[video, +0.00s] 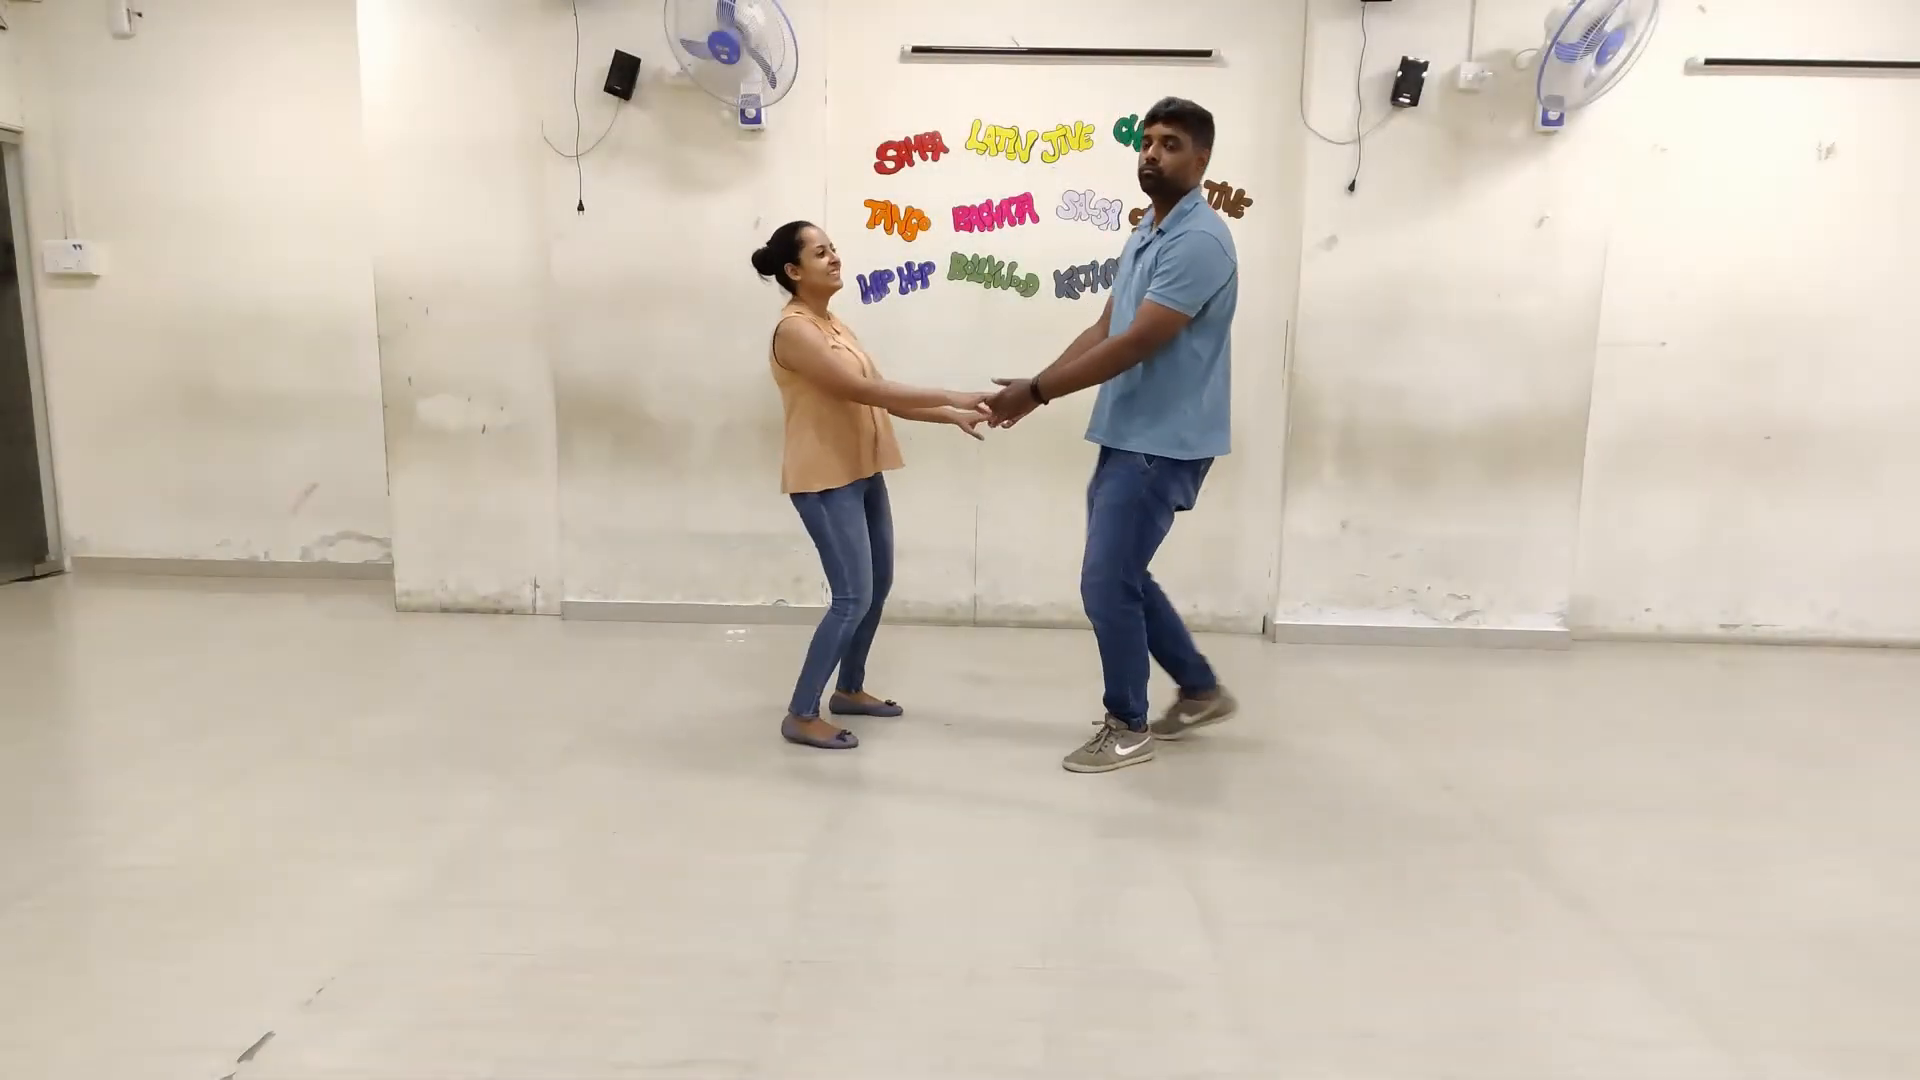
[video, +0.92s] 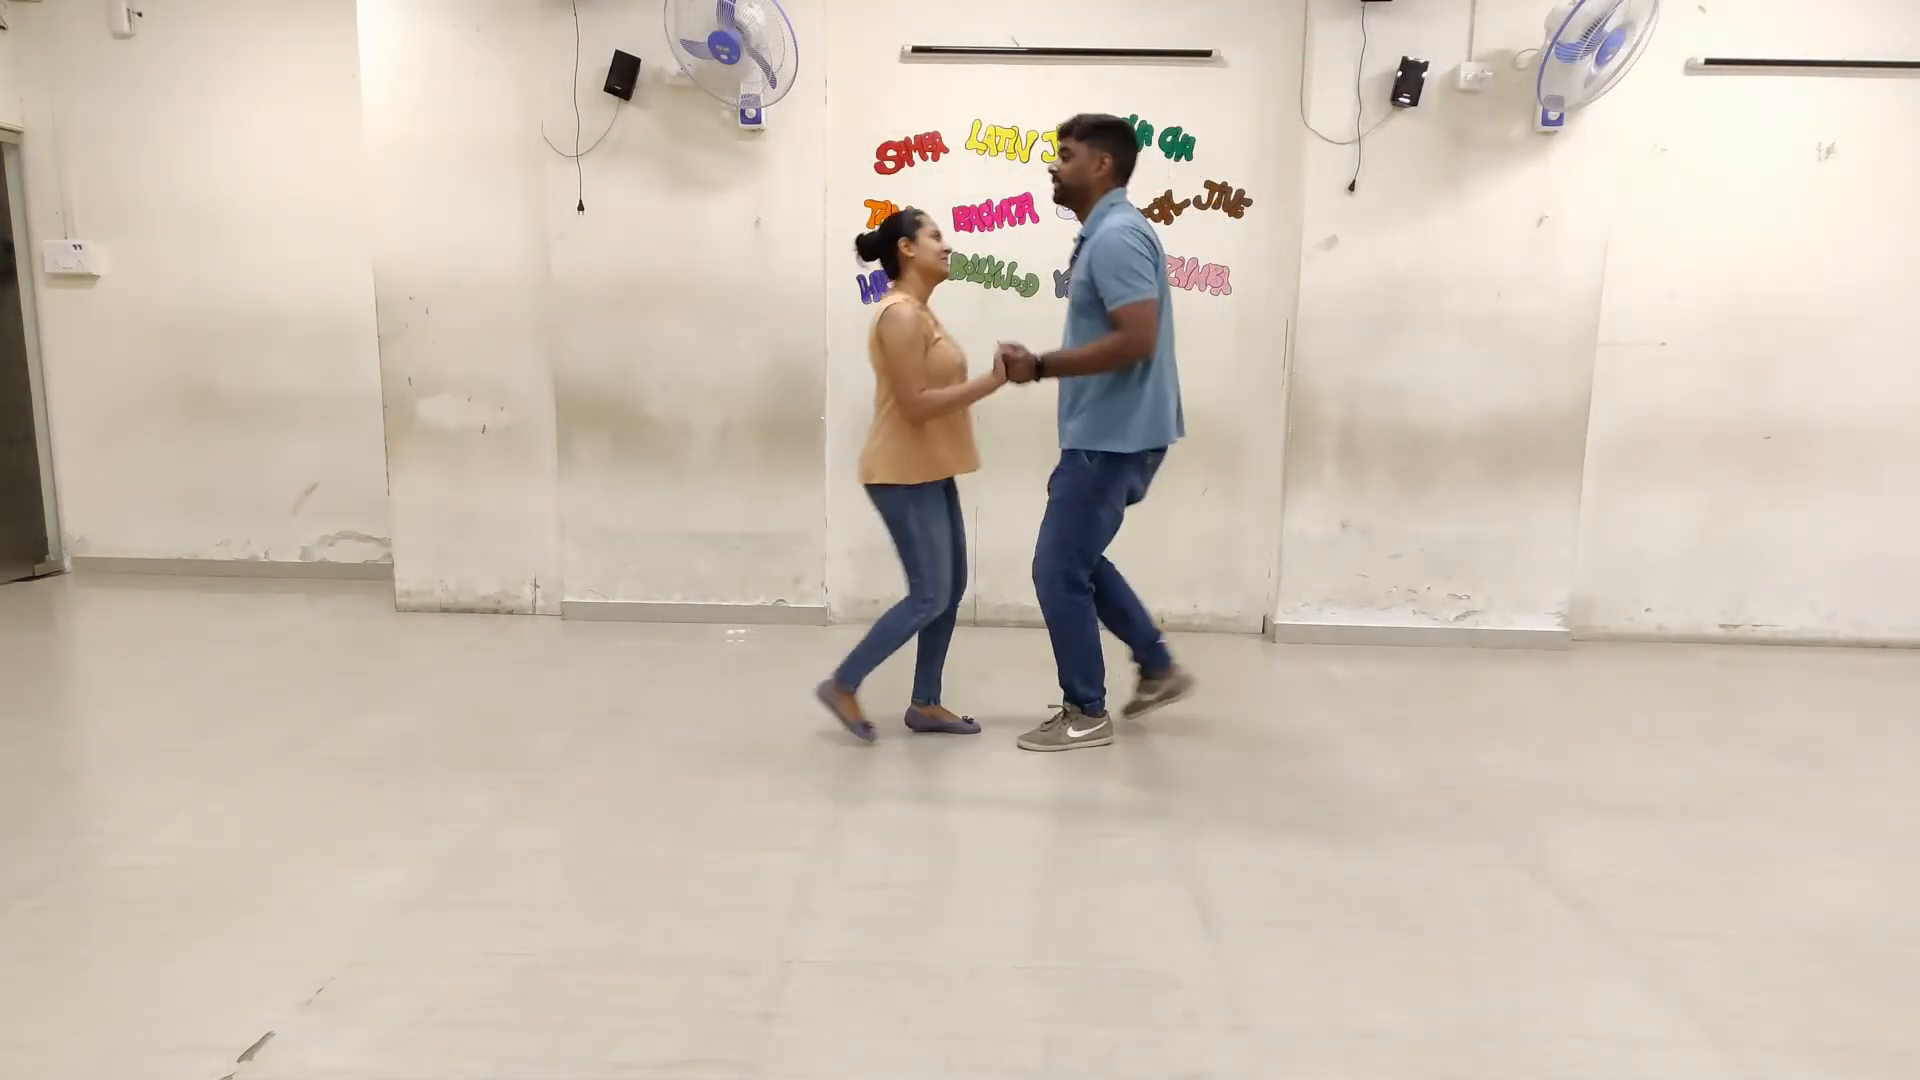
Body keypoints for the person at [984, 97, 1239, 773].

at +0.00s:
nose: (1151, 153)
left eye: (1170, 144)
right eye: (1147, 142)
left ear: (1202, 161)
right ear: (1139, 153)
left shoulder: (1200, 240)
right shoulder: (1148, 233)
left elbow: (1142, 342)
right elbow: (1105, 329)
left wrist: (1039, 389)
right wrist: (1033, 389)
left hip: (1164, 442)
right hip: (1126, 435)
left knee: (1107, 583)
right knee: (1118, 574)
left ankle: (1127, 725)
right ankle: (1202, 689)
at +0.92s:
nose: (1055, 166)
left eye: (1067, 156)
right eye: (1058, 155)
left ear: (1104, 166)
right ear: (1101, 168)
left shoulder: (1116, 236)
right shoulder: (1116, 228)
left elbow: (1137, 340)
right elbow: (1129, 337)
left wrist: (1040, 364)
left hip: (1112, 437)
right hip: (1117, 433)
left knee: (1057, 569)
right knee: (1077, 557)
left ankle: (1086, 713)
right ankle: (1159, 667)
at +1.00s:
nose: (1040, 156)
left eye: (1053, 146)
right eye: (1043, 146)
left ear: (1090, 156)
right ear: (1087, 158)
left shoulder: (1103, 223)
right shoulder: (1098, 219)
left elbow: (1128, 325)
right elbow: (1113, 326)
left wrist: (1036, 353)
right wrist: (1035, 351)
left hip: (1104, 428)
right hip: (1105, 423)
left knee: (1055, 562)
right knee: (1068, 556)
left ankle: (1085, 711)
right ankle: (1107, 683)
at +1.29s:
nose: (1056, 159)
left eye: (1068, 148)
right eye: (1059, 148)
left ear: (1104, 159)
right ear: (1098, 161)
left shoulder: (1124, 227)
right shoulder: (1106, 227)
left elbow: (1136, 328)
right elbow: (1105, 330)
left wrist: (1039, 351)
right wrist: (1034, 348)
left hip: (1133, 431)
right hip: (1123, 428)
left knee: (1071, 564)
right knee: (1088, 553)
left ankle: (1082, 710)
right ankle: (1131, 677)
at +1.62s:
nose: (1162, 188)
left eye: (1176, 179)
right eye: (1166, 176)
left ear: (1215, 191)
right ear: (1202, 192)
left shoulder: (1224, 257)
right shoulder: (1205, 254)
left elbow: (1165, 354)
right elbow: (1156, 356)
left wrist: (1064, 349)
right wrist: (1081, 398)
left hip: (1215, 450)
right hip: (1216, 448)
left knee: (1125, 567)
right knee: (1185, 580)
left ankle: (1092, 714)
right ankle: (1257, 707)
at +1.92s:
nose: (1188, 172)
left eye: (1203, 162)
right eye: (1192, 160)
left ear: (1241, 173)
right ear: (1238, 175)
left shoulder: (1242, 233)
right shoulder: (1252, 231)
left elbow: (1175, 332)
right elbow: (1225, 340)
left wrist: (1085, 320)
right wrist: (1154, 382)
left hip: (1256, 428)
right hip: (1280, 428)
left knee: (1168, 548)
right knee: (1226, 566)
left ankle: (1167, 712)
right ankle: (1267, 709)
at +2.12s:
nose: (1174, 196)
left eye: (1189, 188)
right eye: (1176, 186)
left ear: (1231, 202)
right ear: (1183, 197)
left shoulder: (1246, 262)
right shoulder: (1185, 275)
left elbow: (1199, 357)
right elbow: (1161, 356)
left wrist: (1112, 334)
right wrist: (1115, 411)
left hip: (1240, 460)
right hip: (1199, 459)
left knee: (1146, 582)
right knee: (1196, 595)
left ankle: (1102, 720)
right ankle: (1282, 703)